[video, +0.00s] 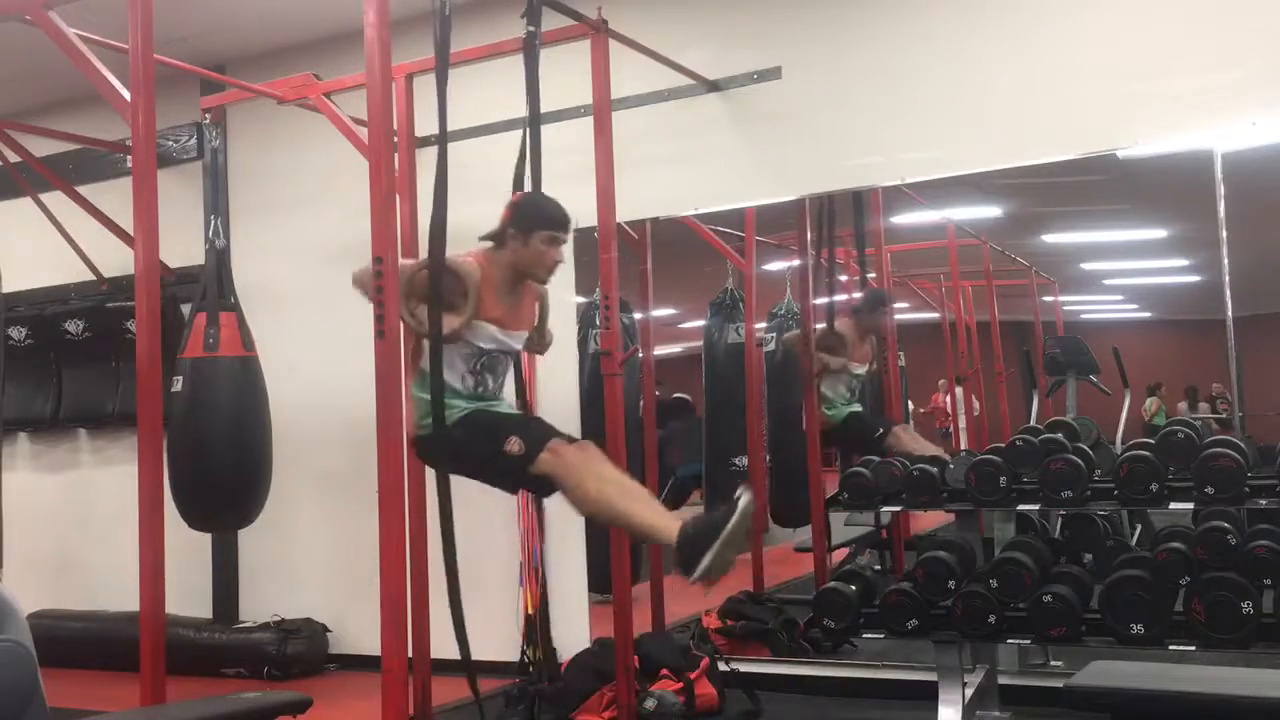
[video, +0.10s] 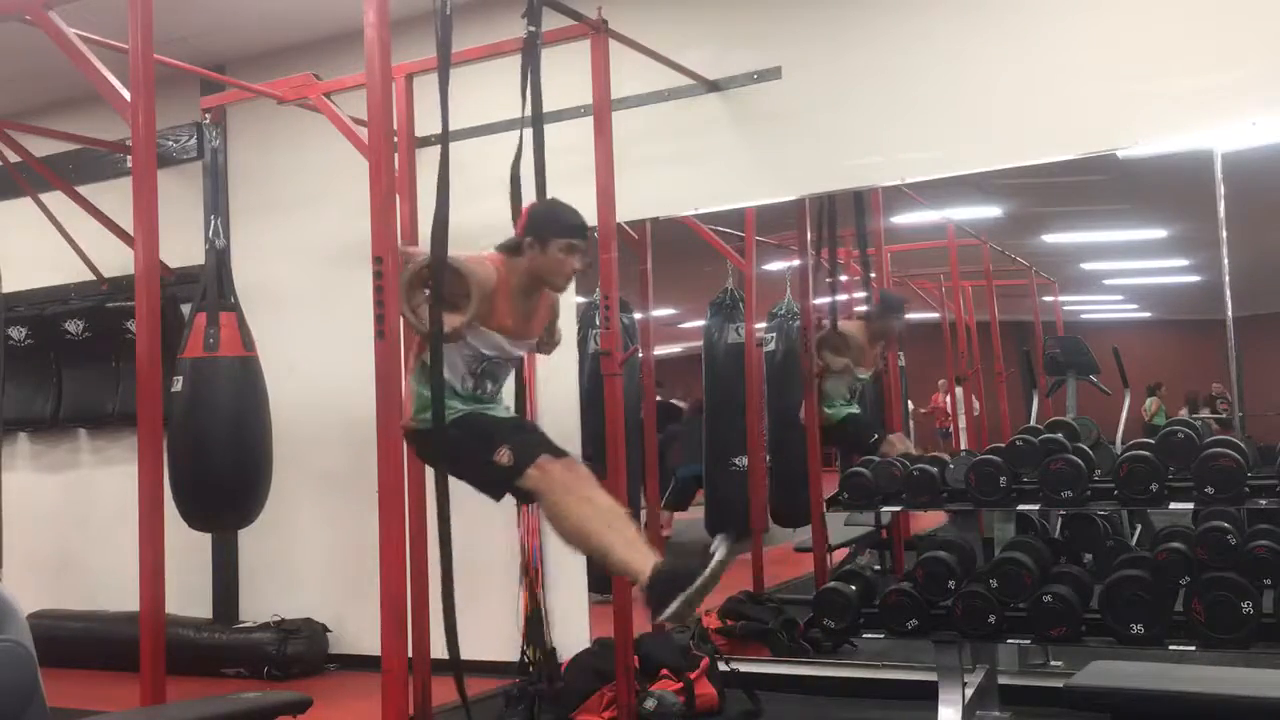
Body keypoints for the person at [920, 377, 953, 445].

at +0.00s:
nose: (943, 388)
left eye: (944, 386)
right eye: (941, 386)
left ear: (947, 386)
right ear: (939, 387)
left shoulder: (949, 396)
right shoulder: (935, 397)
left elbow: (952, 408)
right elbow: (932, 408)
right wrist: (924, 411)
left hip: (948, 422)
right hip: (939, 422)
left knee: (949, 438)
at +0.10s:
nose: (943, 388)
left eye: (944, 386)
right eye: (941, 386)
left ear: (947, 386)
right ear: (939, 387)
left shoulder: (949, 396)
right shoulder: (935, 396)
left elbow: (951, 407)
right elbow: (932, 408)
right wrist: (925, 411)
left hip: (948, 421)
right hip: (939, 421)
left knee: (948, 438)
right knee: (941, 439)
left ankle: (949, 452)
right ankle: (942, 452)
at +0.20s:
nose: (943, 388)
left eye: (944, 386)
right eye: (941, 386)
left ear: (947, 386)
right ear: (939, 387)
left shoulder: (949, 396)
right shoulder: (935, 397)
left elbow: (952, 407)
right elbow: (933, 408)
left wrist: (951, 416)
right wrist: (927, 411)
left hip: (948, 421)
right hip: (939, 422)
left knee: (949, 438)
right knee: (941, 439)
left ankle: (950, 452)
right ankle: (943, 453)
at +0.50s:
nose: (942, 388)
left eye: (944, 385)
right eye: (940, 386)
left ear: (947, 386)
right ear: (938, 387)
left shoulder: (949, 396)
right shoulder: (935, 397)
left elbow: (953, 408)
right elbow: (932, 409)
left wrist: (952, 416)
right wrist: (925, 410)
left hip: (949, 422)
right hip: (939, 422)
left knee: (950, 439)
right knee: (941, 440)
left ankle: (951, 453)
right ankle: (943, 453)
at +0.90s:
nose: (942, 387)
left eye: (944, 385)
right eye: (940, 386)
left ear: (946, 386)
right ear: (938, 387)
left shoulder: (949, 396)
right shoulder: (935, 397)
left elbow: (953, 409)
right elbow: (933, 411)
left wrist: (950, 417)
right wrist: (927, 413)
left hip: (949, 422)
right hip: (940, 423)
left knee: (952, 438)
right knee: (941, 440)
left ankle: (953, 452)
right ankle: (943, 453)